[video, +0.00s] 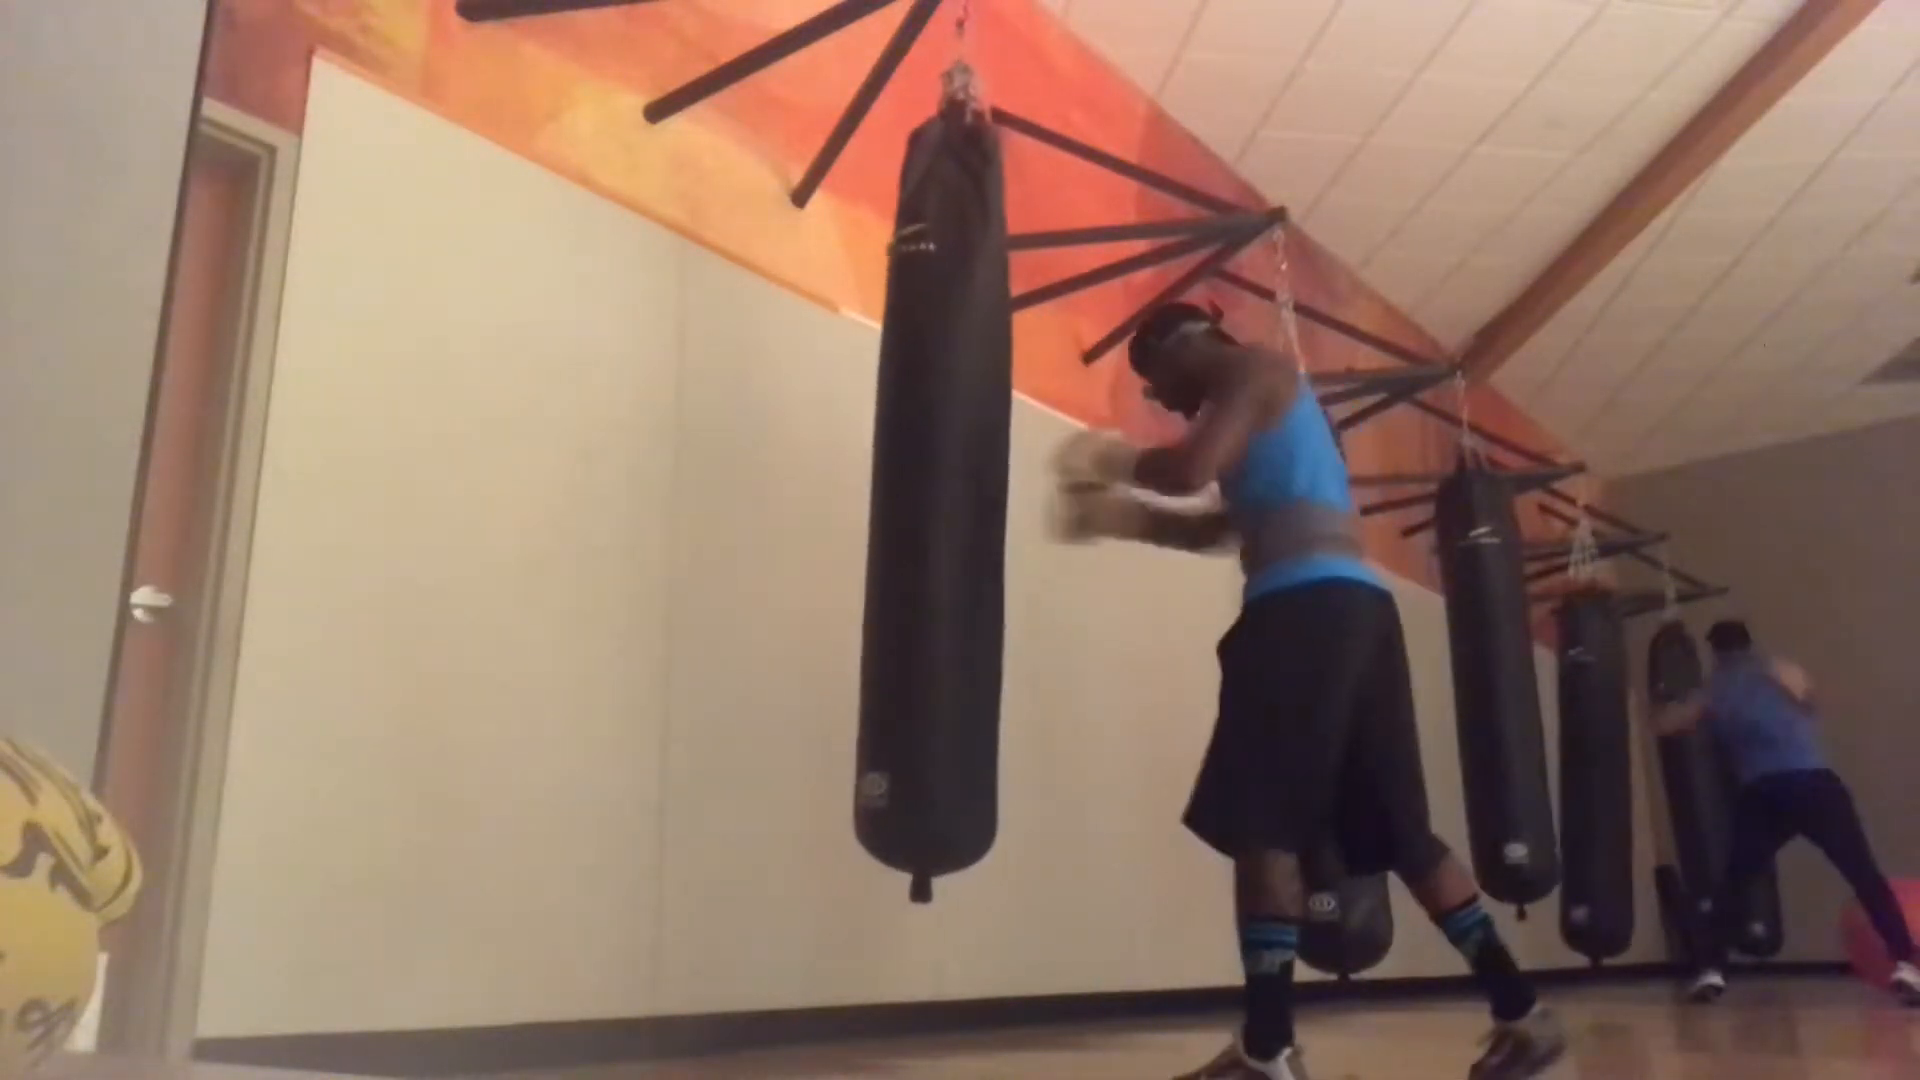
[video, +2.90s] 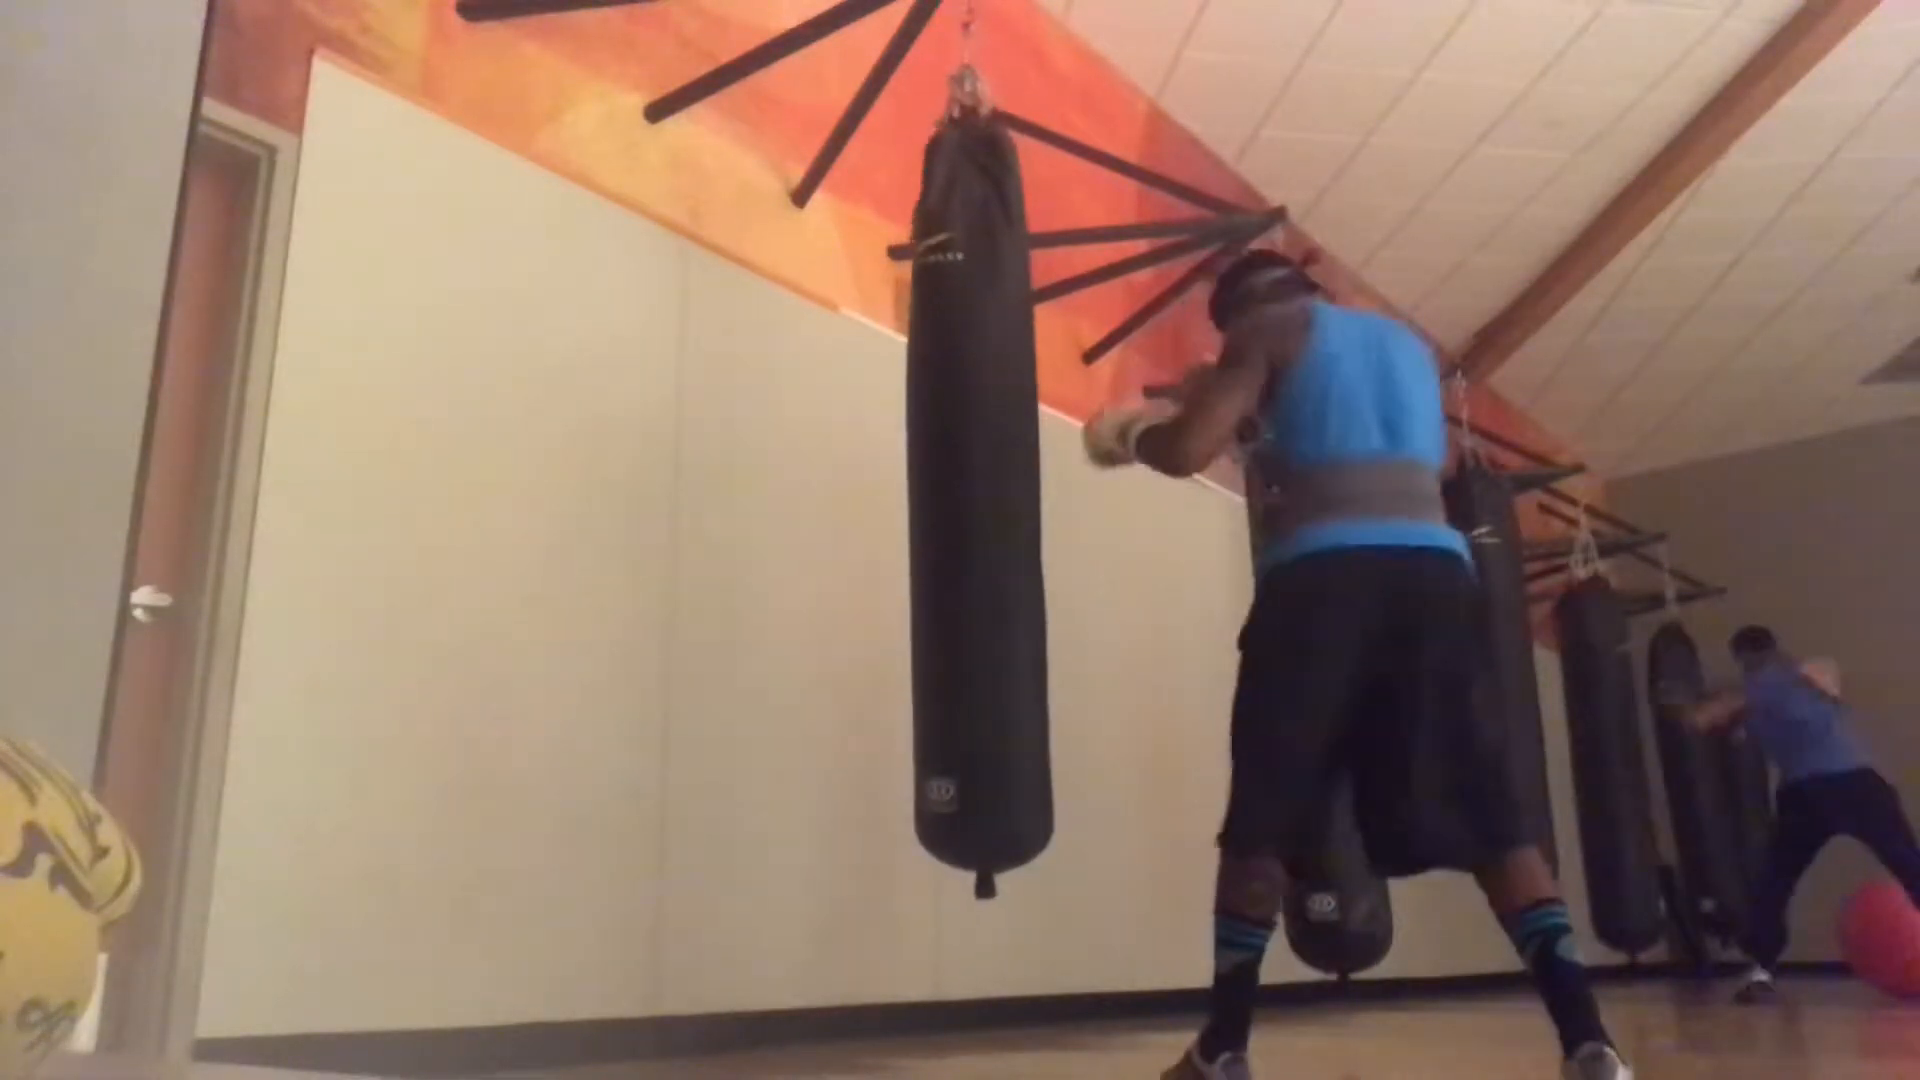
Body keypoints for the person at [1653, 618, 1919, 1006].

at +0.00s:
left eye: (1721, 650)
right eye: (1734, 645)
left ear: (1715, 652)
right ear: (1749, 643)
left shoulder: (1714, 690)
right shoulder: (1776, 668)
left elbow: (1671, 723)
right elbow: (1807, 695)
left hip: (1762, 794)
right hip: (1815, 785)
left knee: (1735, 878)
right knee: (1863, 873)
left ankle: (1712, 968)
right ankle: (1906, 960)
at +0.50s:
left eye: (1727, 649)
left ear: (1720, 651)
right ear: (1755, 645)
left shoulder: (1712, 686)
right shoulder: (1781, 672)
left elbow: (1667, 701)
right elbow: (1806, 695)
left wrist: (1634, 702)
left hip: (1763, 792)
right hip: (1817, 783)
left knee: (1738, 878)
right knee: (1863, 867)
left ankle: (1715, 970)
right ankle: (1894, 955)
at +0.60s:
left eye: (1747, 648)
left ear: (1738, 651)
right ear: (1774, 646)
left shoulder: (1725, 689)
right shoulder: (1799, 677)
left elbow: (1691, 733)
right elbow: (1823, 707)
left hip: (1766, 800)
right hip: (1824, 794)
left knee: (1740, 884)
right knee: (1867, 878)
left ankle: (1715, 973)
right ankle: (1899, 967)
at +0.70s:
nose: (1764, 654)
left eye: (1759, 647)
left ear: (1752, 649)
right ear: (1791, 642)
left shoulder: (1742, 684)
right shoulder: (1815, 671)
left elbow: (1735, 739)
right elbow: (1839, 701)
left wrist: (1752, 767)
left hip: (1775, 799)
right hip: (1834, 794)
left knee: (1746, 880)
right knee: (1878, 881)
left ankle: (1722, 968)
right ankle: (1904, 972)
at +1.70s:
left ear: (1769, 644)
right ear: (1810, 638)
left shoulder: (1758, 682)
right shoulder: (1841, 668)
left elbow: (1733, 727)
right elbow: (1862, 707)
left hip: (1801, 799)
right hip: (1860, 794)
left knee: (1778, 884)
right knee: (1903, 880)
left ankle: (1764, 980)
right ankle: (1916, 977)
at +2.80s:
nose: (1763, 675)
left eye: (1760, 669)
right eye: (1761, 670)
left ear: (1764, 661)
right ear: (1794, 650)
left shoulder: (1774, 687)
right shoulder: (1840, 672)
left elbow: (1733, 732)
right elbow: (1860, 710)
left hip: (1811, 802)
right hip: (1870, 797)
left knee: (1771, 876)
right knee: (1912, 876)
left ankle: (1769, 955)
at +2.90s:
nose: (1751, 666)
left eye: (1745, 660)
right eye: (1752, 657)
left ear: (1740, 660)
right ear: (1779, 650)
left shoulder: (1749, 695)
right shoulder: (1815, 674)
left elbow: (1702, 721)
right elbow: (1829, 691)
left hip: (1804, 796)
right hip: (1859, 784)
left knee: (1774, 882)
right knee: (1909, 866)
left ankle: (1761, 969)